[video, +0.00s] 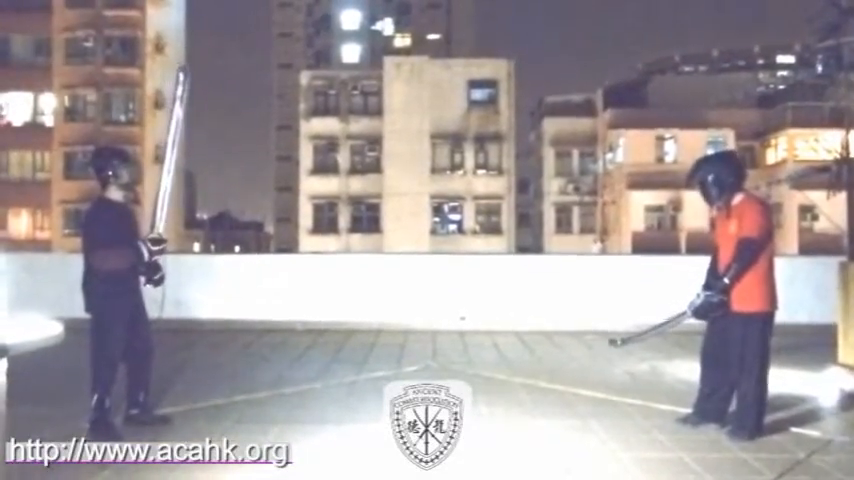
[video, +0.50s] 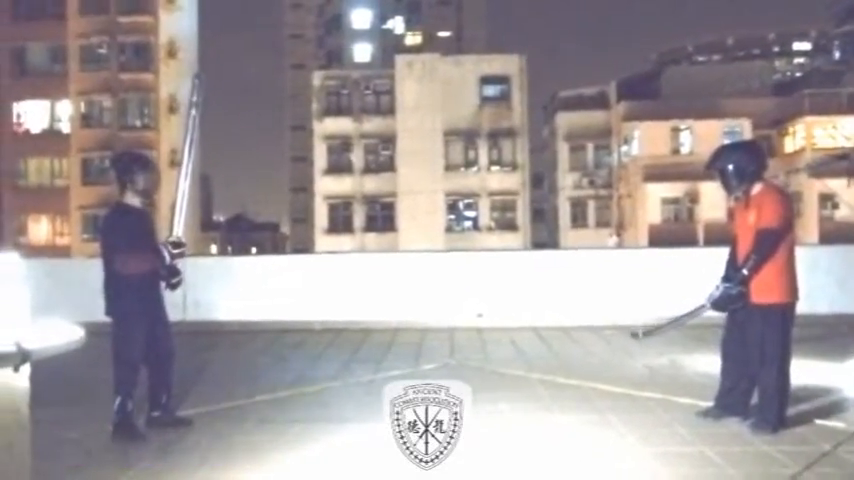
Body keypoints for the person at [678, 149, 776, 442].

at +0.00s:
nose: (704, 192)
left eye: (706, 184)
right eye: (702, 185)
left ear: (722, 180)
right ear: (716, 182)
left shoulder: (752, 208)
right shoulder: (721, 213)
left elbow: (748, 250)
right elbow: (719, 257)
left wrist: (722, 288)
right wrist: (708, 290)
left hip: (753, 303)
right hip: (727, 301)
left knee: (750, 364)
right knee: (716, 357)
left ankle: (746, 422)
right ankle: (708, 410)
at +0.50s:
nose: (724, 182)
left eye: (727, 174)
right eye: (722, 175)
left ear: (743, 170)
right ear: (736, 172)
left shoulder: (772, 198)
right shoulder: (741, 204)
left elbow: (767, 243)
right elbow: (738, 248)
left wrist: (740, 280)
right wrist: (727, 280)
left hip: (773, 295)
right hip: (747, 293)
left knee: (771, 357)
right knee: (736, 350)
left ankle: (769, 414)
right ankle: (731, 403)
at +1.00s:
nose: (719, 189)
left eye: (722, 181)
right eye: (718, 182)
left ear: (738, 178)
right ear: (733, 181)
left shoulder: (766, 208)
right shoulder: (736, 212)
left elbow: (760, 249)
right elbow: (731, 255)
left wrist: (733, 285)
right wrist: (720, 286)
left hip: (764, 302)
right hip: (739, 300)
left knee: (761, 363)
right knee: (727, 356)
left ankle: (758, 420)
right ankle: (719, 408)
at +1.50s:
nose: (720, 187)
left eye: (723, 180)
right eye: (719, 181)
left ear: (739, 178)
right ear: (736, 179)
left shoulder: (768, 206)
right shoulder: (737, 210)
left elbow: (762, 249)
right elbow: (732, 253)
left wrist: (735, 284)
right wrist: (721, 285)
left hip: (765, 301)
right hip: (740, 298)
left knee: (762, 362)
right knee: (727, 354)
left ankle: (759, 419)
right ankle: (720, 407)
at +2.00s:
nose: (719, 186)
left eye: (722, 178)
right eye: (718, 179)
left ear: (738, 176)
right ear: (735, 178)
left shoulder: (767, 205)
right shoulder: (735, 209)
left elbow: (762, 248)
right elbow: (731, 252)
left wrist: (735, 283)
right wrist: (720, 284)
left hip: (765, 300)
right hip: (739, 297)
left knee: (761, 361)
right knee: (727, 353)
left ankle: (758, 419)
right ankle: (720, 407)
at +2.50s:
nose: (708, 186)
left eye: (711, 178)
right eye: (707, 179)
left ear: (727, 177)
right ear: (721, 179)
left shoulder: (755, 207)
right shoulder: (724, 210)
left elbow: (748, 251)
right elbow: (719, 253)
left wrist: (721, 286)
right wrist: (708, 284)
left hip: (752, 299)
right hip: (726, 297)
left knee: (749, 360)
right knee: (715, 353)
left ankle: (746, 417)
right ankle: (708, 405)